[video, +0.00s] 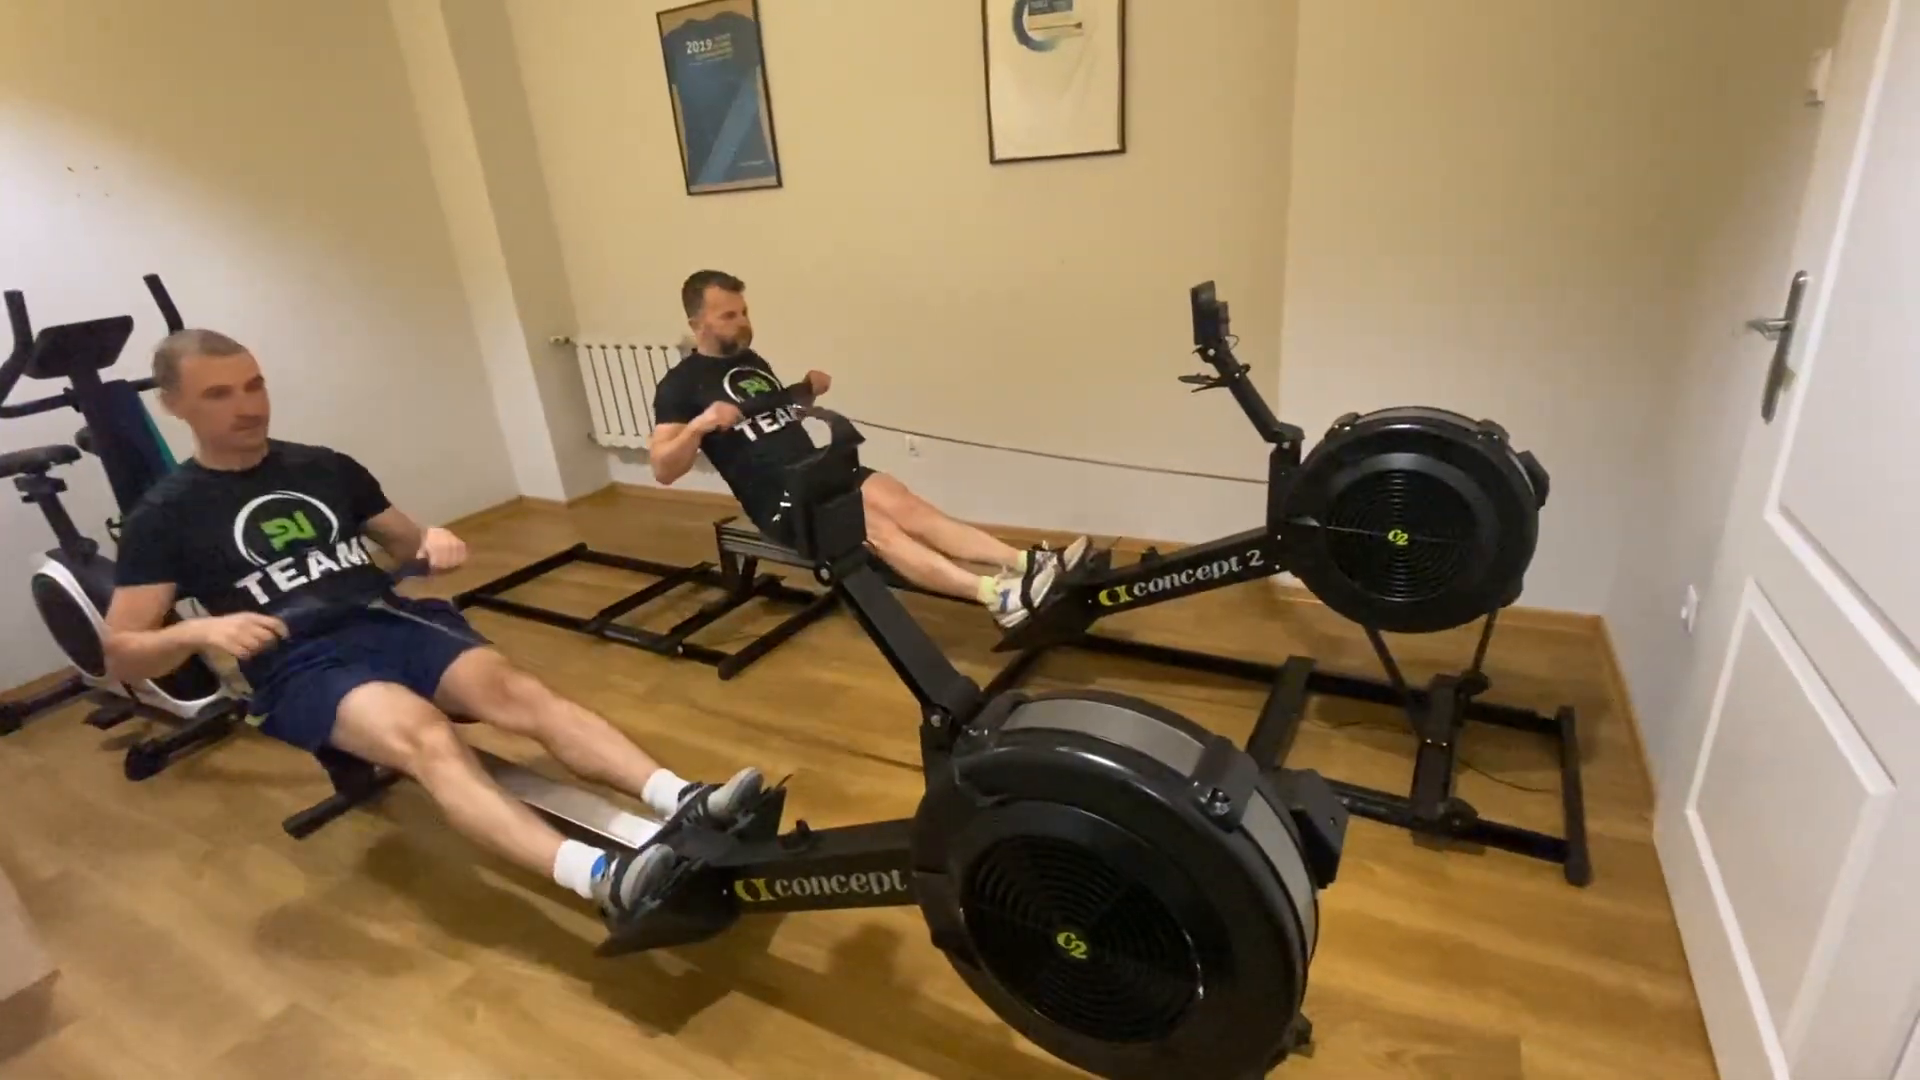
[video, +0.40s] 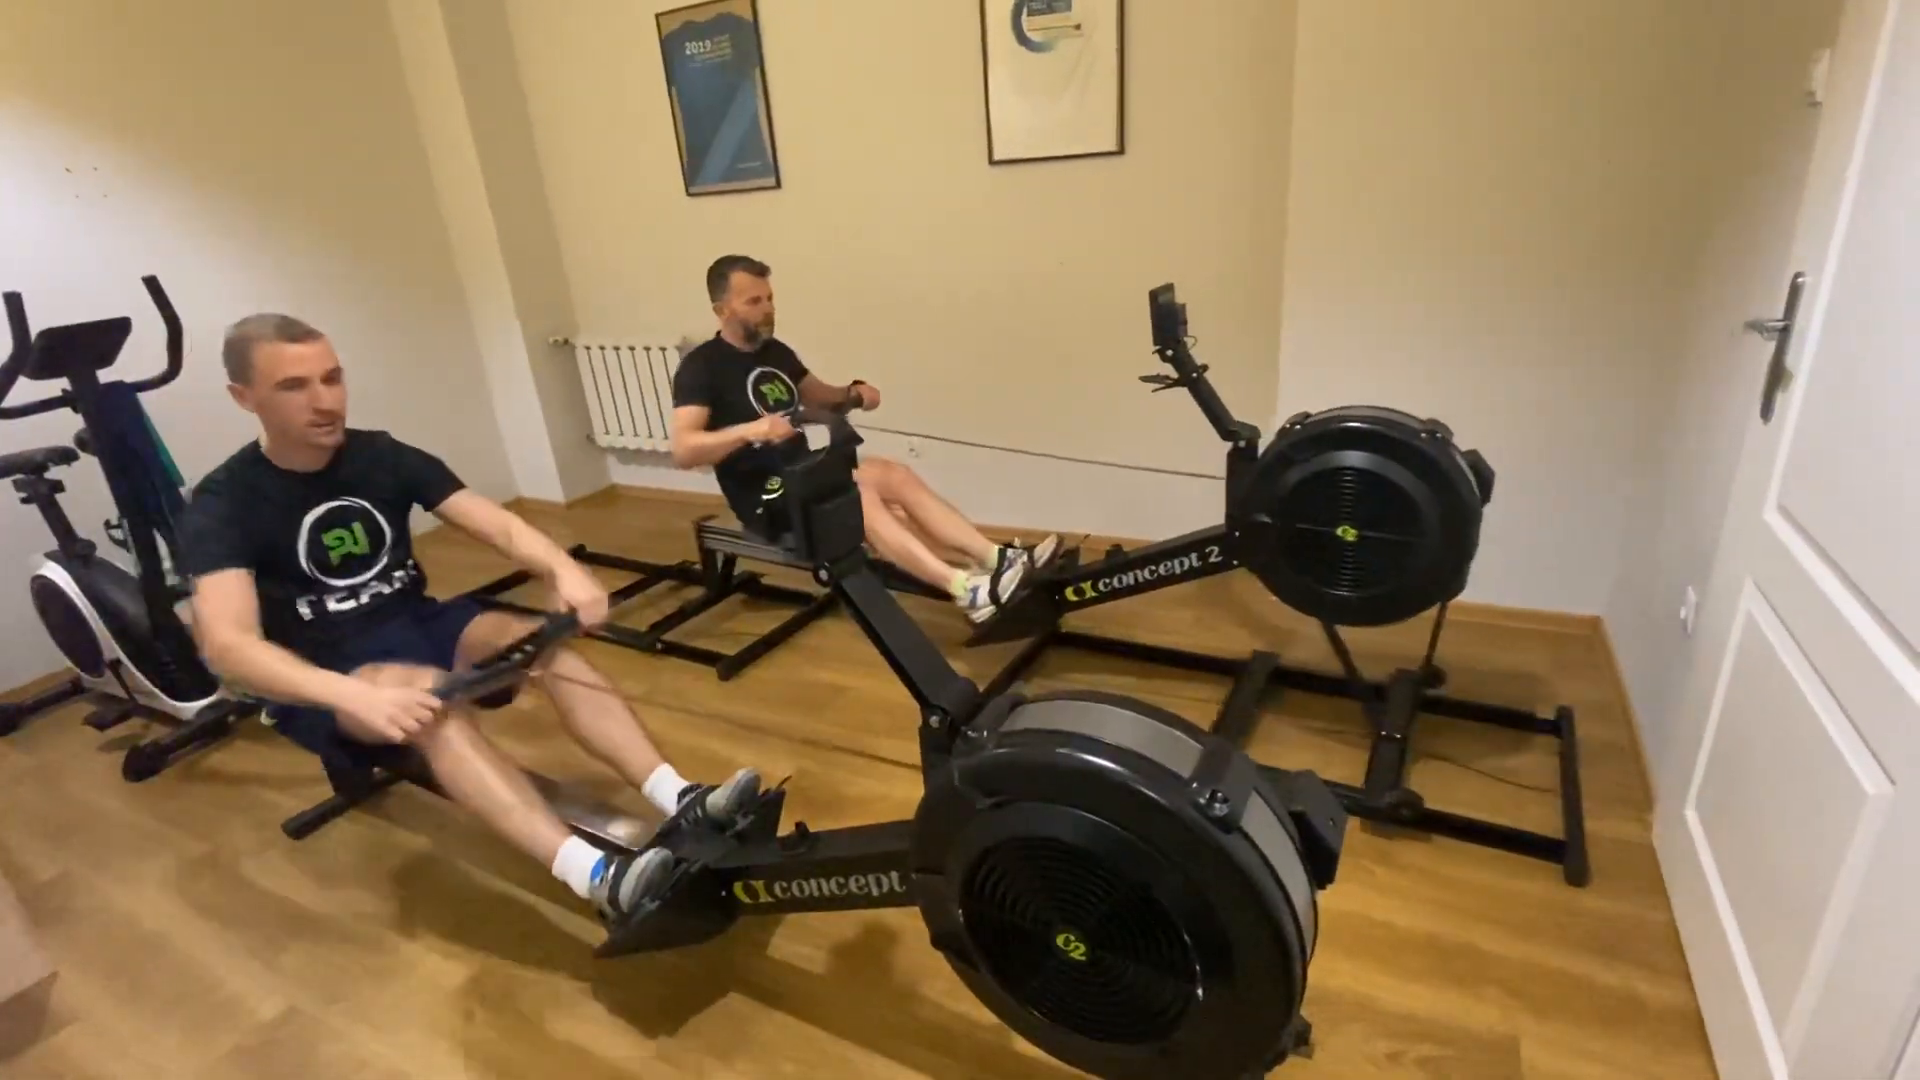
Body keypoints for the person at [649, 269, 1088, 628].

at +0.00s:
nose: (742, 323)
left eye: (743, 312)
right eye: (729, 315)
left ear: (744, 311)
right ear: (696, 321)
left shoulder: (751, 362)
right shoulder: (679, 383)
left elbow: (776, 412)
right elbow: (663, 467)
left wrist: (806, 390)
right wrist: (699, 426)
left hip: (829, 473)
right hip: (784, 499)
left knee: (908, 506)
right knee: (878, 532)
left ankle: (1028, 565)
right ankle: (997, 596)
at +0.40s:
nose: (768, 309)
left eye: (769, 299)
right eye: (756, 302)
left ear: (767, 299)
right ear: (722, 308)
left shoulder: (775, 351)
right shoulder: (700, 367)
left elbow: (814, 398)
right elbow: (684, 450)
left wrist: (849, 395)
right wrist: (748, 432)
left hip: (814, 479)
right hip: (769, 499)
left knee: (895, 475)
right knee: (863, 502)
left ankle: (998, 561)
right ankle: (966, 590)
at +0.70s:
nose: (793, 309)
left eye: (794, 298)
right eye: (780, 301)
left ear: (796, 296)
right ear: (746, 309)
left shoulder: (800, 352)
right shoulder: (724, 363)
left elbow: (855, 395)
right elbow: (724, 445)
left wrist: (898, 403)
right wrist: (797, 449)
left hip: (816, 471)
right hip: (761, 489)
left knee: (895, 458)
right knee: (850, 478)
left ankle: (968, 554)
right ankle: (932, 583)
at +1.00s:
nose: (818, 317)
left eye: (819, 307)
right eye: (804, 310)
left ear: (821, 303)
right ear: (769, 317)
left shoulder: (826, 358)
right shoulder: (746, 369)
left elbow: (888, 395)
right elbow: (779, 442)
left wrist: (945, 413)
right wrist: (854, 462)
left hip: (818, 476)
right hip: (762, 496)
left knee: (888, 429)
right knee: (818, 460)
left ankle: (932, 548)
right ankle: (892, 566)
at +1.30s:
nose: (843, 325)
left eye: (844, 315)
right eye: (830, 318)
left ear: (845, 311)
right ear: (794, 326)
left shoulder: (850, 365)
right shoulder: (779, 380)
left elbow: (929, 398)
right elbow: (835, 440)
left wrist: (994, 423)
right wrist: (916, 470)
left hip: (821, 484)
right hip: (767, 503)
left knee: (889, 415)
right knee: (818, 442)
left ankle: (909, 539)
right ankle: (862, 560)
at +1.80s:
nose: (810, 310)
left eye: (810, 299)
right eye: (795, 304)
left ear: (814, 298)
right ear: (764, 317)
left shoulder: (824, 357)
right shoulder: (753, 375)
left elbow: (893, 388)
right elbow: (823, 419)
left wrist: (963, 405)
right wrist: (893, 445)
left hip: (830, 472)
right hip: (771, 496)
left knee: (907, 453)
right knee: (849, 487)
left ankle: (962, 559)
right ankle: (925, 584)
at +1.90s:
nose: (789, 303)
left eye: (789, 292)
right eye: (775, 297)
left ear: (793, 292)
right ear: (742, 309)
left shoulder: (808, 352)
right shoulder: (735, 370)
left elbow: (875, 387)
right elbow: (797, 421)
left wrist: (939, 401)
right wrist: (861, 443)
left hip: (827, 471)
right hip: (772, 493)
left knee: (906, 461)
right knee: (852, 502)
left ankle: (984, 560)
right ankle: (949, 590)